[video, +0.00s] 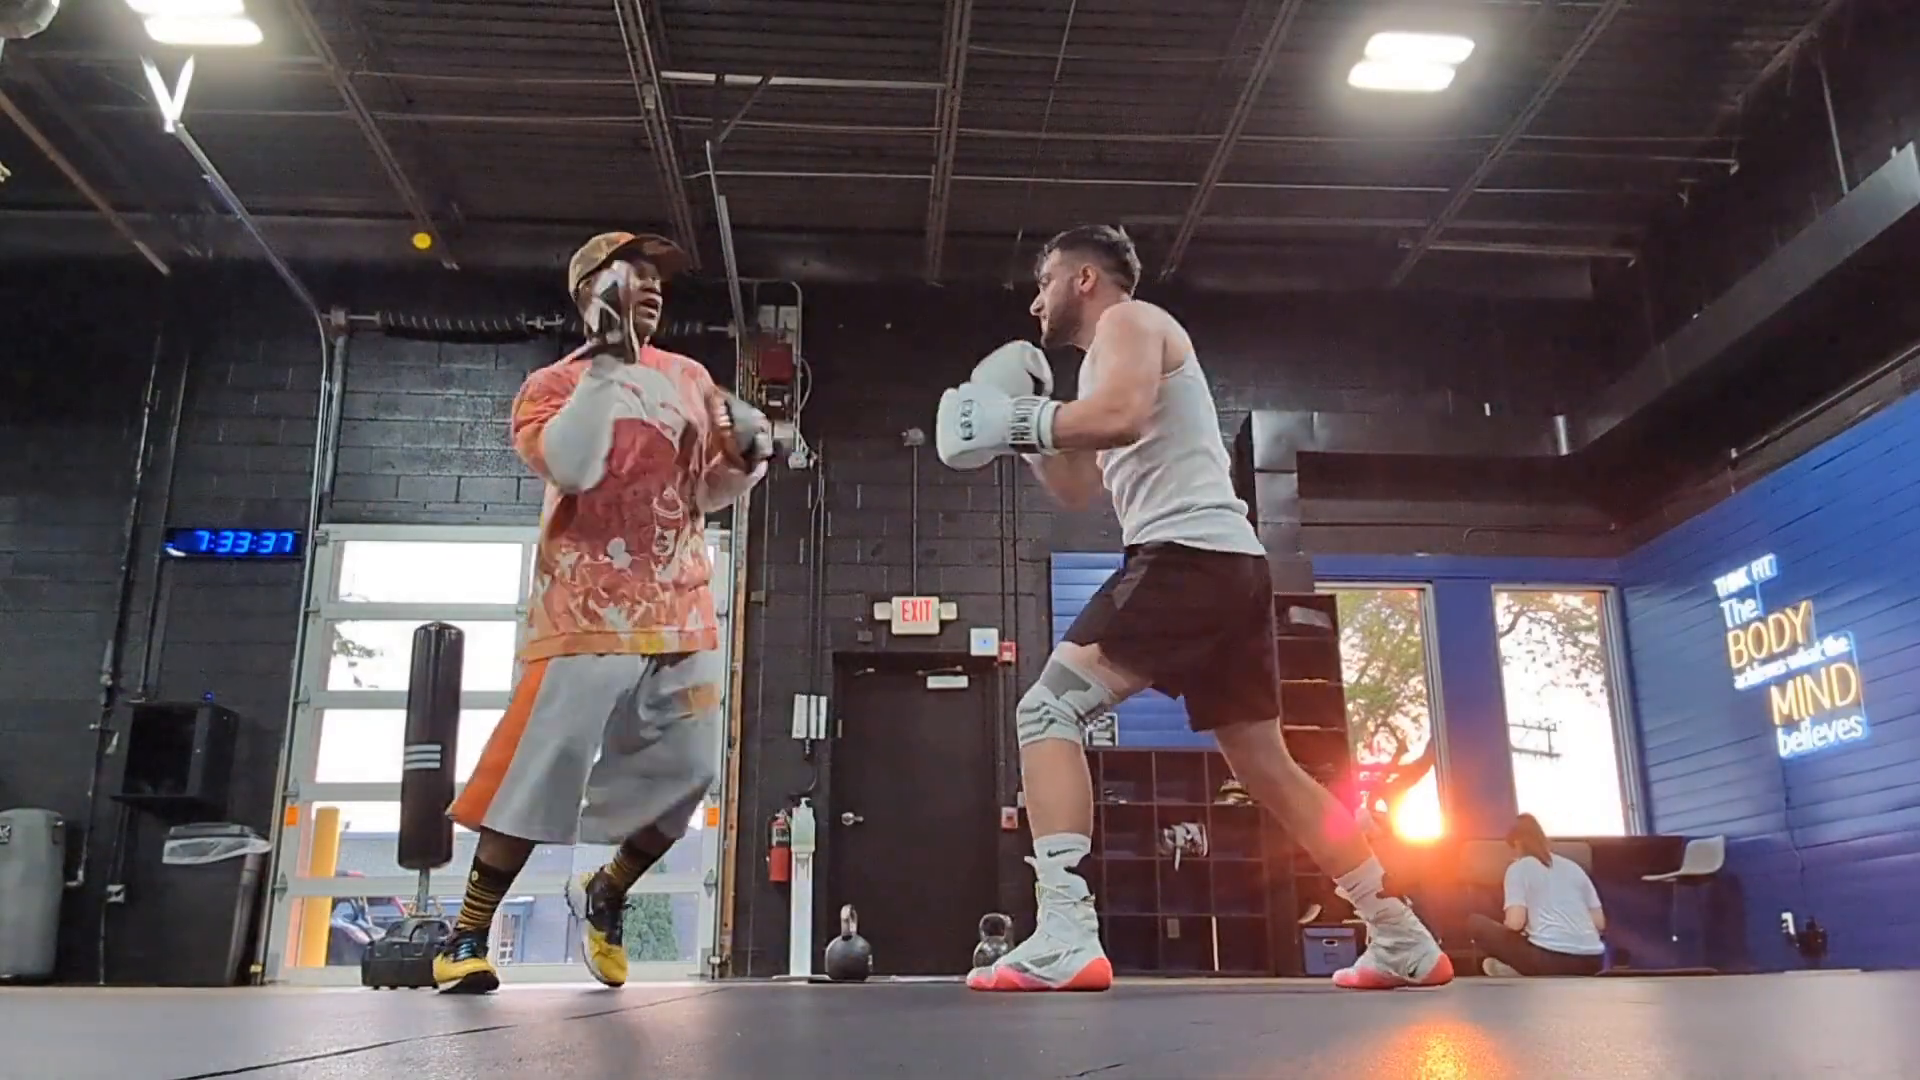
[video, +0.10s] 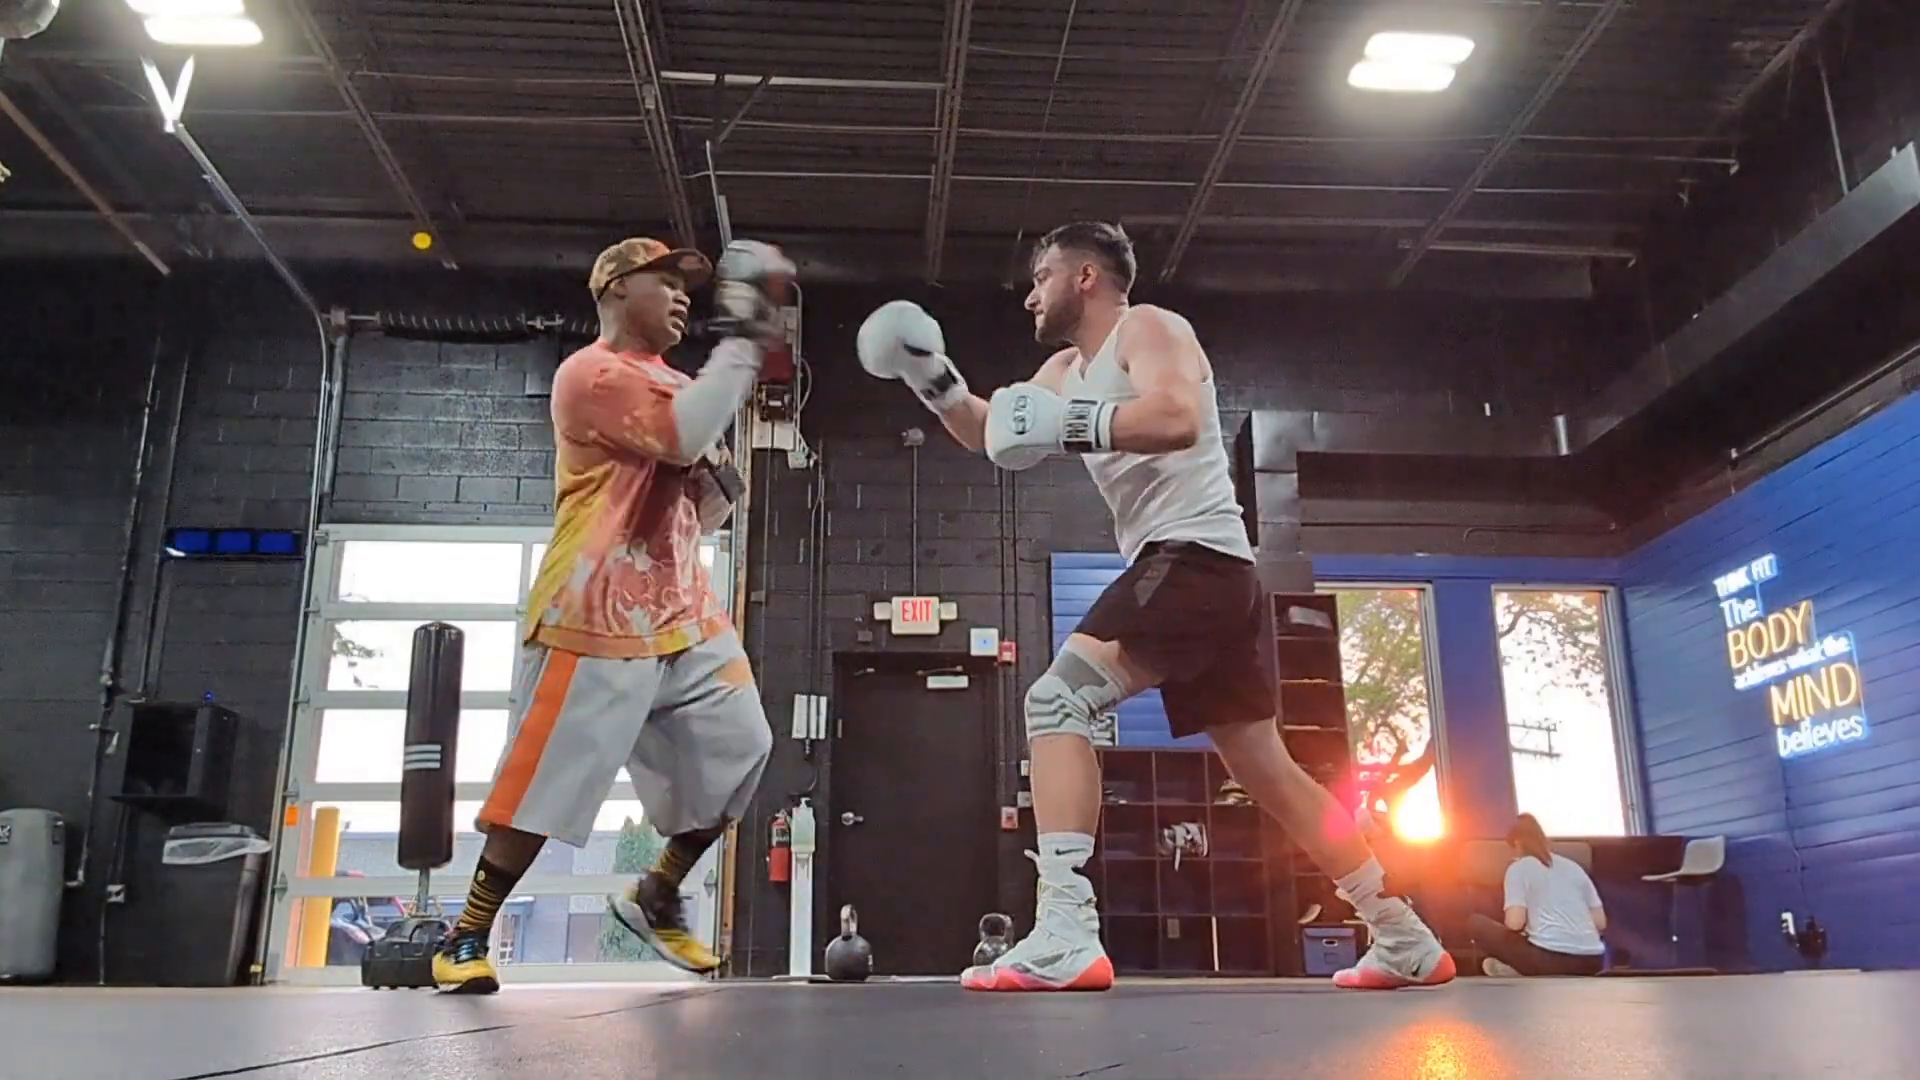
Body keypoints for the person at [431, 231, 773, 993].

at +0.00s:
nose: (649, 289)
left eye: (653, 279)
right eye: (632, 277)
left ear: (658, 296)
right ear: (590, 297)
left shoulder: (690, 378)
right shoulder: (553, 384)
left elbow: (709, 496)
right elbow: (571, 467)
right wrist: (609, 364)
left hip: (683, 606)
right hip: (587, 603)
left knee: (694, 764)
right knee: (548, 760)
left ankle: (607, 894)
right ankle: (471, 932)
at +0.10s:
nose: (682, 296)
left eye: (683, 286)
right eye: (665, 281)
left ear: (669, 303)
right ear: (617, 293)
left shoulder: (675, 385)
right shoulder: (588, 374)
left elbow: (684, 511)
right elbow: (684, 431)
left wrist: (719, 492)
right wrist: (743, 338)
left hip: (683, 602)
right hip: (599, 605)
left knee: (740, 743)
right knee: (547, 767)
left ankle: (656, 901)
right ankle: (468, 937)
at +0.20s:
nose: (706, 300)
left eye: (704, 290)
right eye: (690, 285)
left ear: (682, 307)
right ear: (643, 298)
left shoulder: (700, 394)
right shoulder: (612, 372)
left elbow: (748, 507)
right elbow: (693, 452)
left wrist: (753, 412)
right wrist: (790, 385)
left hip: (698, 602)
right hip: (614, 600)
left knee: (773, 741)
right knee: (562, 761)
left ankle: (761, 933)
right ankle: (465, 938)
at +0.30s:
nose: (741, 318)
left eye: (743, 307)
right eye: (724, 303)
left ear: (736, 323)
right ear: (675, 314)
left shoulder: (753, 400)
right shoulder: (628, 387)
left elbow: (836, 456)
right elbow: (661, 487)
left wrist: (780, 370)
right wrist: (782, 479)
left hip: (731, 619)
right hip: (636, 617)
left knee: (800, 766)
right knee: (565, 773)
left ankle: (857, 934)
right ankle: (468, 938)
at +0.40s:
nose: (789, 325)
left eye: (795, 318)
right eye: (769, 310)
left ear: (798, 339)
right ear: (720, 324)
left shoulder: (816, 402)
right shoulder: (663, 413)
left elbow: (913, 396)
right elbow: (619, 522)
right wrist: (721, 548)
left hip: (777, 646)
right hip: (658, 638)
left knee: (855, 784)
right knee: (569, 784)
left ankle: (899, 942)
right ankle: (475, 936)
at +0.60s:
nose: (875, 338)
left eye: (881, 330)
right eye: (858, 322)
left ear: (879, 352)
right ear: (810, 335)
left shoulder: (902, 428)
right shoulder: (749, 411)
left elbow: (996, 465)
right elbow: (683, 505)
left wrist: (1015, 419)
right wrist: (755, 458)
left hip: (848, 644)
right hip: (737, 641)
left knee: (907, 762)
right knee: (656, 770)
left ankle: (908, 943)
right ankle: (512, 902)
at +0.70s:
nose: (877, 358)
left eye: (887, 349)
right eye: (864, 341)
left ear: (896, 364)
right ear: (832, 346)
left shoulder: (888, 445)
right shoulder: (789, 389)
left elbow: (912, 565)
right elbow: (827, 439)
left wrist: (942, 518)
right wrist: (884, 360)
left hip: (859, 628)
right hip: (772, 617)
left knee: (913, 753)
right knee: (698, 749)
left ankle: (906, 941)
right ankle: (547, 897)